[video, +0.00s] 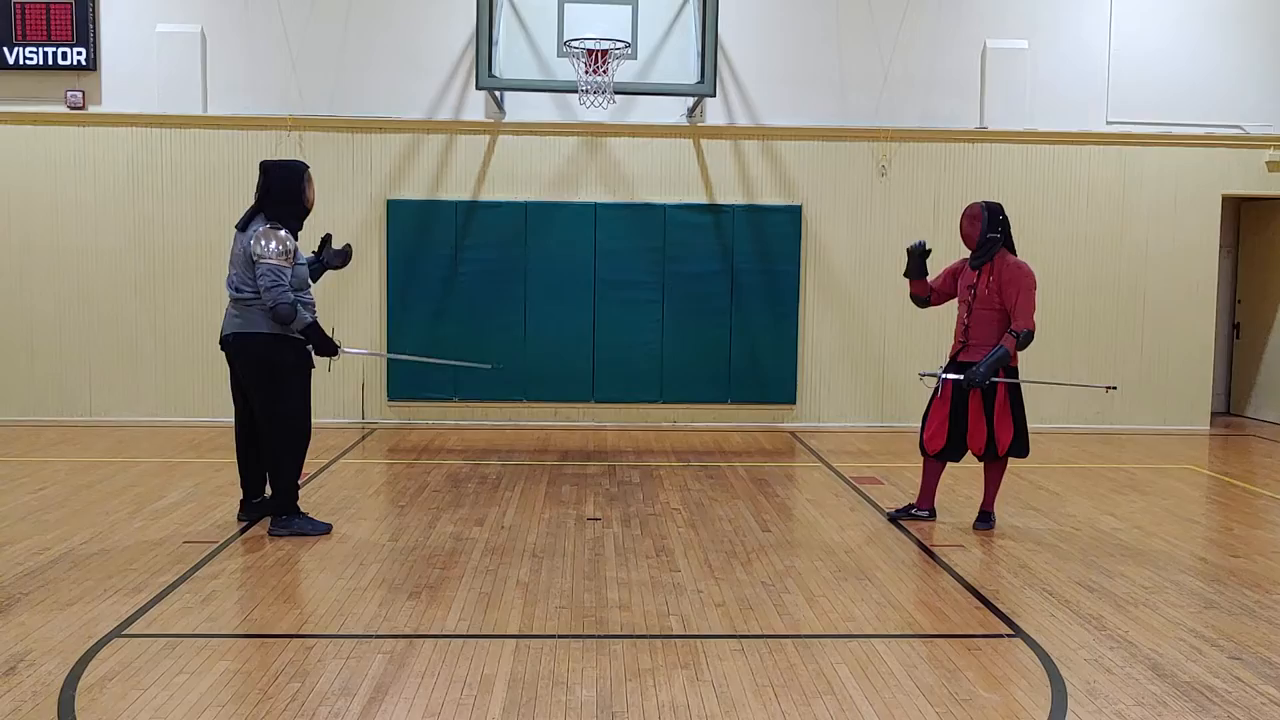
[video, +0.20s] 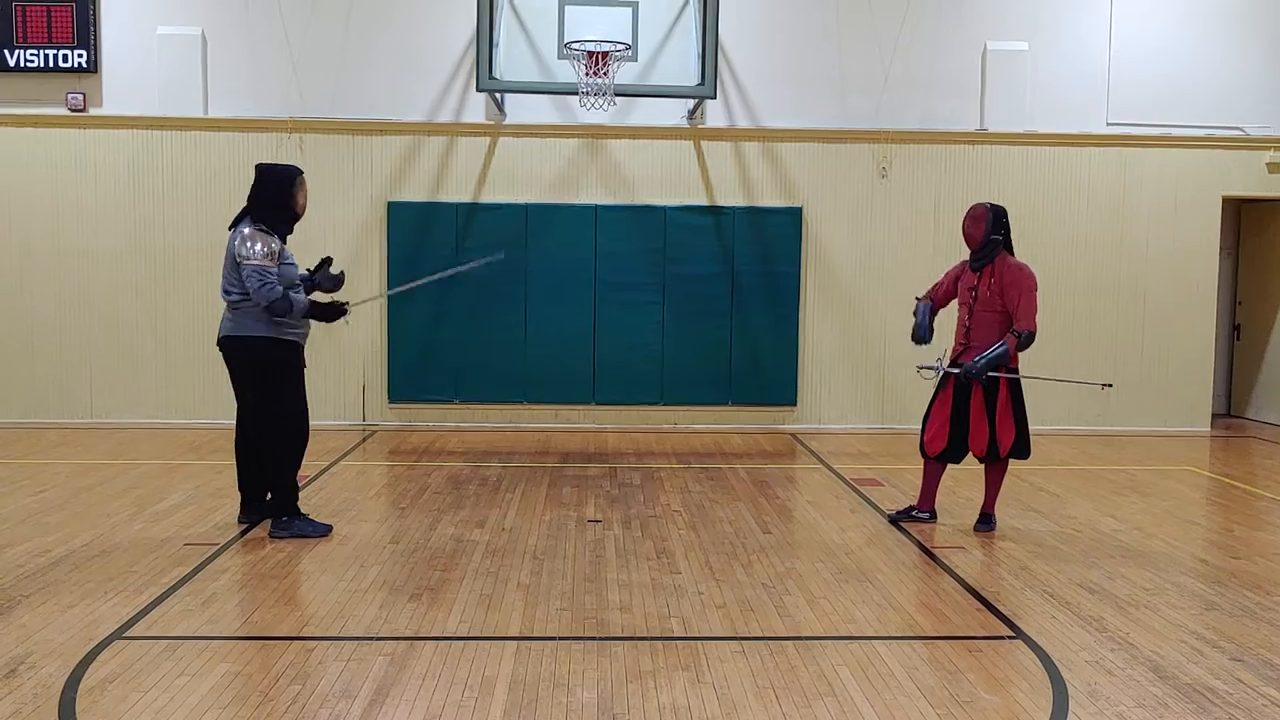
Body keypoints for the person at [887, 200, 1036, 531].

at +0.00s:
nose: (963, 232)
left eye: (969, 225)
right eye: (963, 225)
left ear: (988, 227)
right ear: (972, 228)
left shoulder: (1016, 271)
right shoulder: (964, 268)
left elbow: (1023, 329)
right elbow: (924, 298)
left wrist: (990, 362)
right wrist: (916, 267)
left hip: (996, 369)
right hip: (958, 366)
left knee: (995, 440)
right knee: (937, 431)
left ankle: (987, 509)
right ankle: (923, 504)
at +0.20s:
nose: (966, 232)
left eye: (972, 225)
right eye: (966, 226)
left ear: (992, 230)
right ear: (971, 229)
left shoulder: (1017, 273)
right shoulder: (965, 270)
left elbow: (1025, 332)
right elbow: (931, 298)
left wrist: (987, 360)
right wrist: (923, 314)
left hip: (996, 372)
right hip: (958, 369)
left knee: (996, 441)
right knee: (937, 433)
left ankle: (987, 512)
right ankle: (924, 507)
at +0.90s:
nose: (964, 249)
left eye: (969, 242)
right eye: (961, 243)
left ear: (989, 239)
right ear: (961, 243)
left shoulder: (1014, 274)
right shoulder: (963, 277)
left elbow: (1037, 324)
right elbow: (948, 325)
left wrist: (988, 333)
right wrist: (944, 359)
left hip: (998, 374)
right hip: (960, 371)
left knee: (998, 442)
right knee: (937, 435)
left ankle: (989, 516)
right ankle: (926, 511)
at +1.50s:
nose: (936, 290)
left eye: (940, 282)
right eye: (933, 284)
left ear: (959, 277)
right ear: (934, 283)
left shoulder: (990, 306)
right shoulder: (937, 315)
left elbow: (1042, 334)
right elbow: (927, 364)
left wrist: (1012, 363)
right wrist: (926, 402)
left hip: (981, 406)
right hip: (943, 407)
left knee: (981, 476)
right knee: (920, 469)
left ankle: (973, 549)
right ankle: (911, 545)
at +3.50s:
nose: (943, 258)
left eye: (949, 252)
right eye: (943, 251)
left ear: (968, 256)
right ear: (958, 257)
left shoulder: (991, 291)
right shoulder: (942, 301)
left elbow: (1040, 322)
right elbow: (930, 349)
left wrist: (1010, 354)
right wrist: (928, 390)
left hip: (981, 393)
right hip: (943, 393)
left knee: (982, 463)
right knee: (920, 456)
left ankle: (974, 536)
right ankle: (912, 531)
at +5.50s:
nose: (966, 229)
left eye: (972, 222)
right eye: (967, 222)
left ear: (991, 225)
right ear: (979, 226)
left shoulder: (1015, 261)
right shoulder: (965, 270)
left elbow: (1063, 292)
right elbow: (952, 319)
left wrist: (1032, 324)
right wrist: (949, 358)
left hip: (1003, 363)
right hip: (965, 363)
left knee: (1004, 434)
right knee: (941, 426)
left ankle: (995, 506)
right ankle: (932, 500)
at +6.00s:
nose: (968, 232)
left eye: (974, 225)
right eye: (969, 225)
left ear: (992, 227)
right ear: (980, 228)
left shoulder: (1016, 263)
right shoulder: (966, 272)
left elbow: (1064, 293)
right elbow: (953, 320)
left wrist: (1032, 326)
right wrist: (950, 361)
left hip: (1004, 365)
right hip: (967, 365)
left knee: (1006, 435)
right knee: (943, 428)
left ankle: (998, 508)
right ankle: (935, 503)